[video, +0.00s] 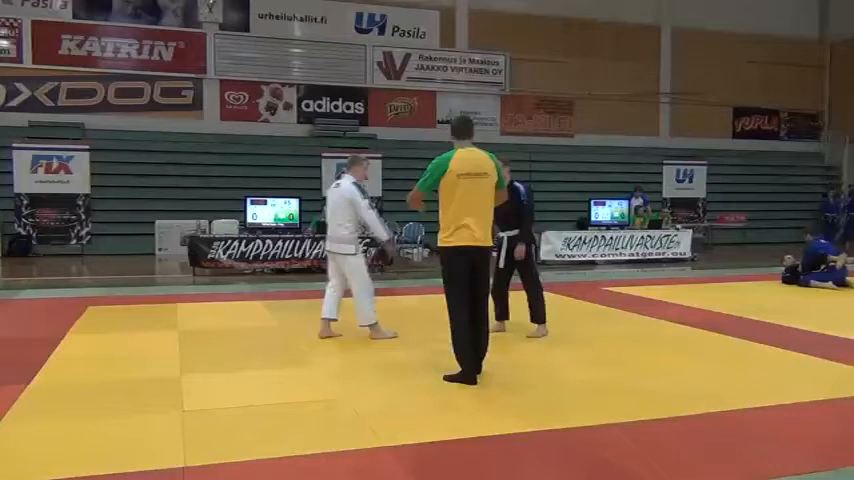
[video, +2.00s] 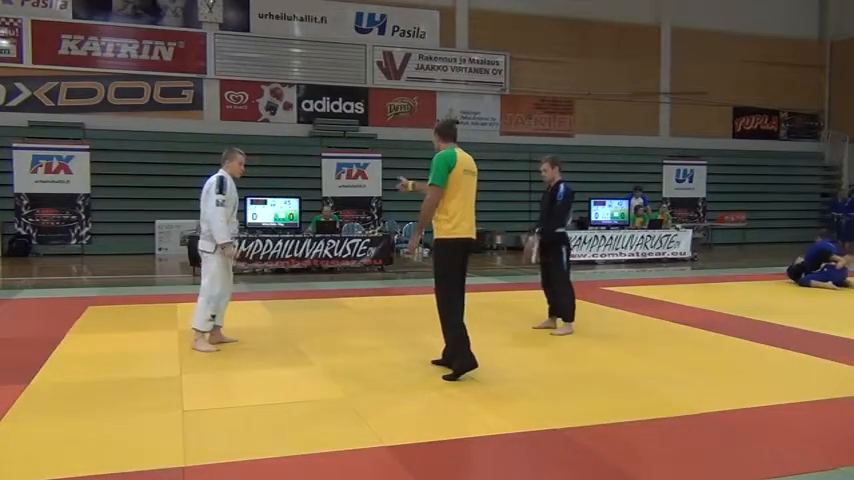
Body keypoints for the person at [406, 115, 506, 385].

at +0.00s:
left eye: (454, 135)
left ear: (452, 136)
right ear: (473, 135)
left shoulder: (444, 161)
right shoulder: (491, 160)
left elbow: (413, 199)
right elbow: (502, 196)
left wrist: (422, 204)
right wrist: (478, 200)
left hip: (453, 245)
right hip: (482, 244)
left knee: (458, 306)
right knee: (479, 303)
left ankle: (468, 370)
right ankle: (476, 362)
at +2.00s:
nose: (432, 143)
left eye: (433, 139)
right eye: (433, 139)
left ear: (438, 138)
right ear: (454, 138)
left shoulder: (443, 158)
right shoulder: (468, 160)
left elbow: (432, 198)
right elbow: (446, 189)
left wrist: (417, 233)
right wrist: (413, 185)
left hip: (448, 238)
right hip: (463, 237)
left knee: (447, 299)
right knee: (452, 298)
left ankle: (464, 358)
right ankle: (451, 352)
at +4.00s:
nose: (418, 150)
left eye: (418, 146)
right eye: (419, 146)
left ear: (422, 143)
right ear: (441, 140)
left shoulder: (422, 164)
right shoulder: (467, 163)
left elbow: (412, 211)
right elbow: (483, 207)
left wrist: (407, 248)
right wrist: (487, 243)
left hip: (441, 246)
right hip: (471, 243)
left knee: (440, 308)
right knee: (461, 299)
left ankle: (449, 375)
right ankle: (463, 357)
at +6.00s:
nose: (429, 123)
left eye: (428, 118)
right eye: (433, 118)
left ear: (432, 118)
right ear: (458, 116)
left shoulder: (421, 150)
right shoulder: (487, 149)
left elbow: (404, 211)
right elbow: (499, 205)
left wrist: (399, 257)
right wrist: (491, 250)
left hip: (432, 257)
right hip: (473, 257)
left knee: (429, 337)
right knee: (470, 338)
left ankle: (431, 412)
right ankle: (475, 423)